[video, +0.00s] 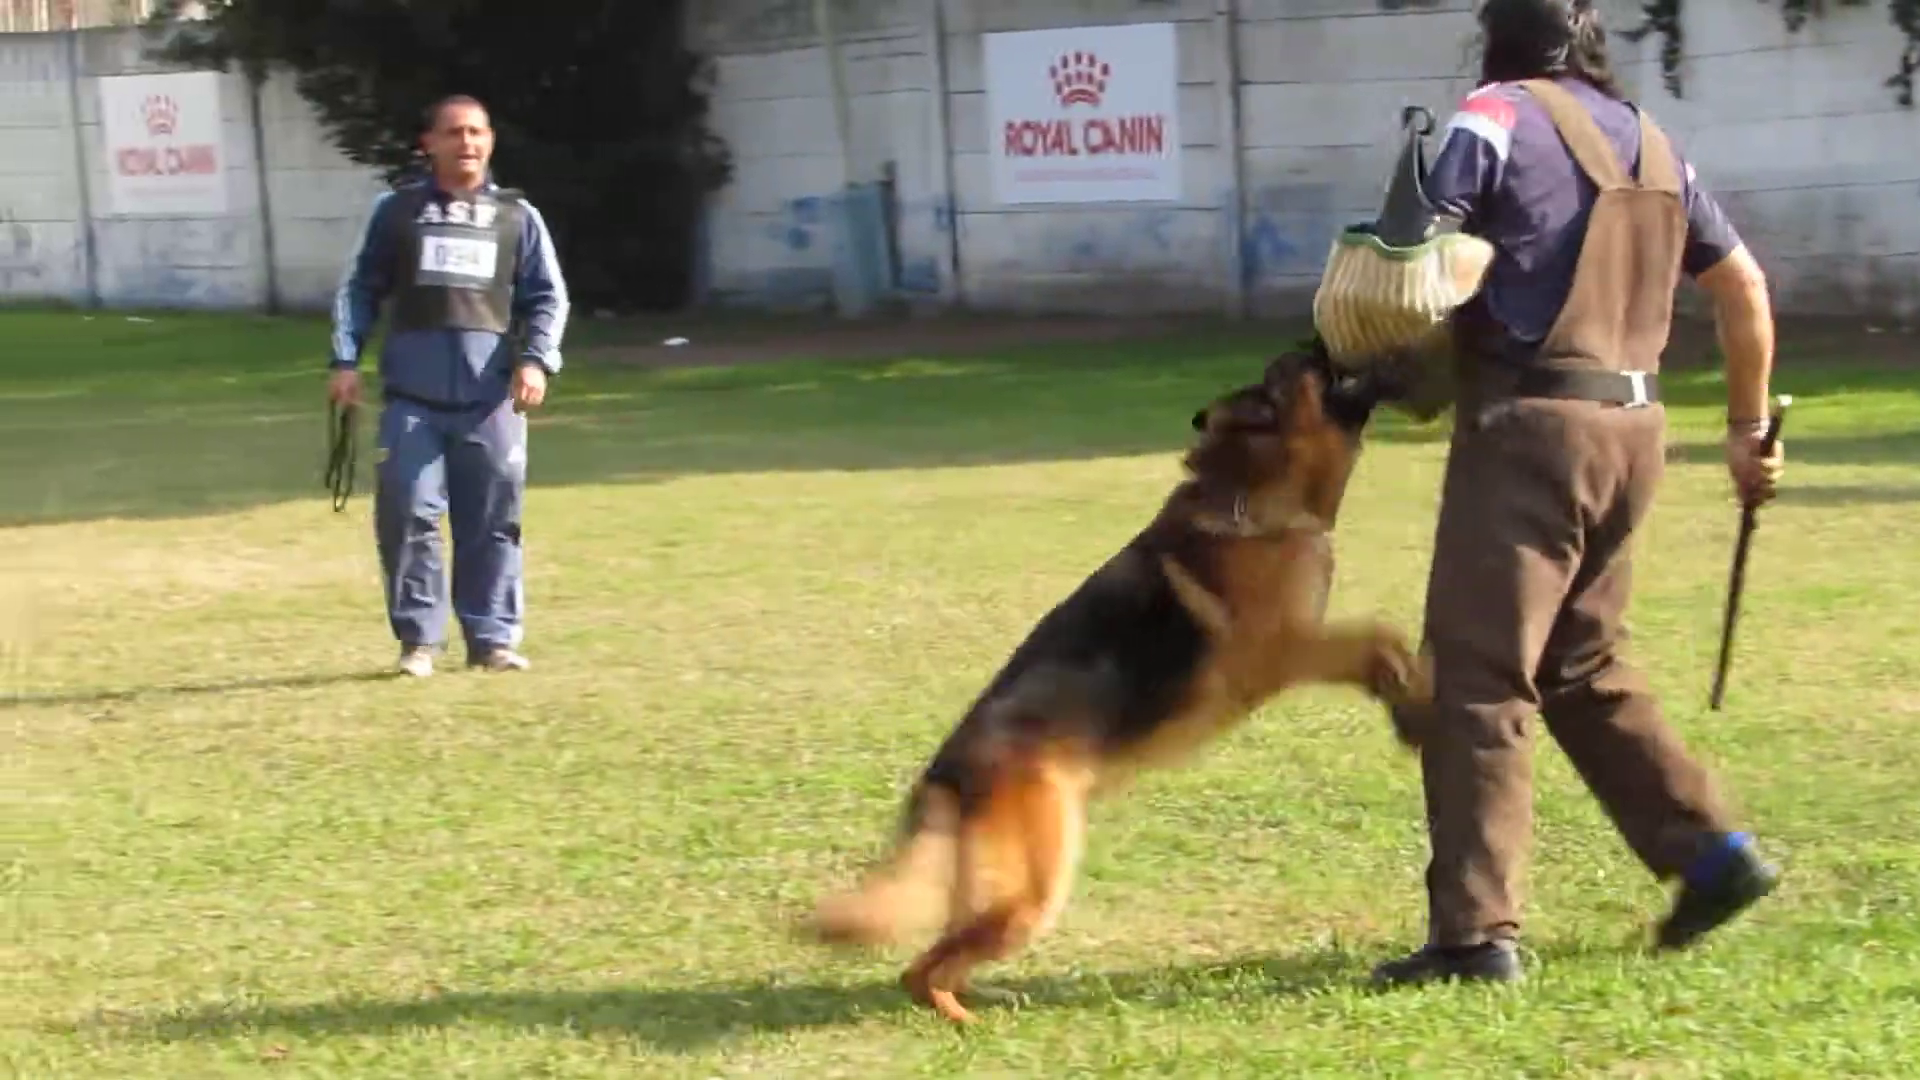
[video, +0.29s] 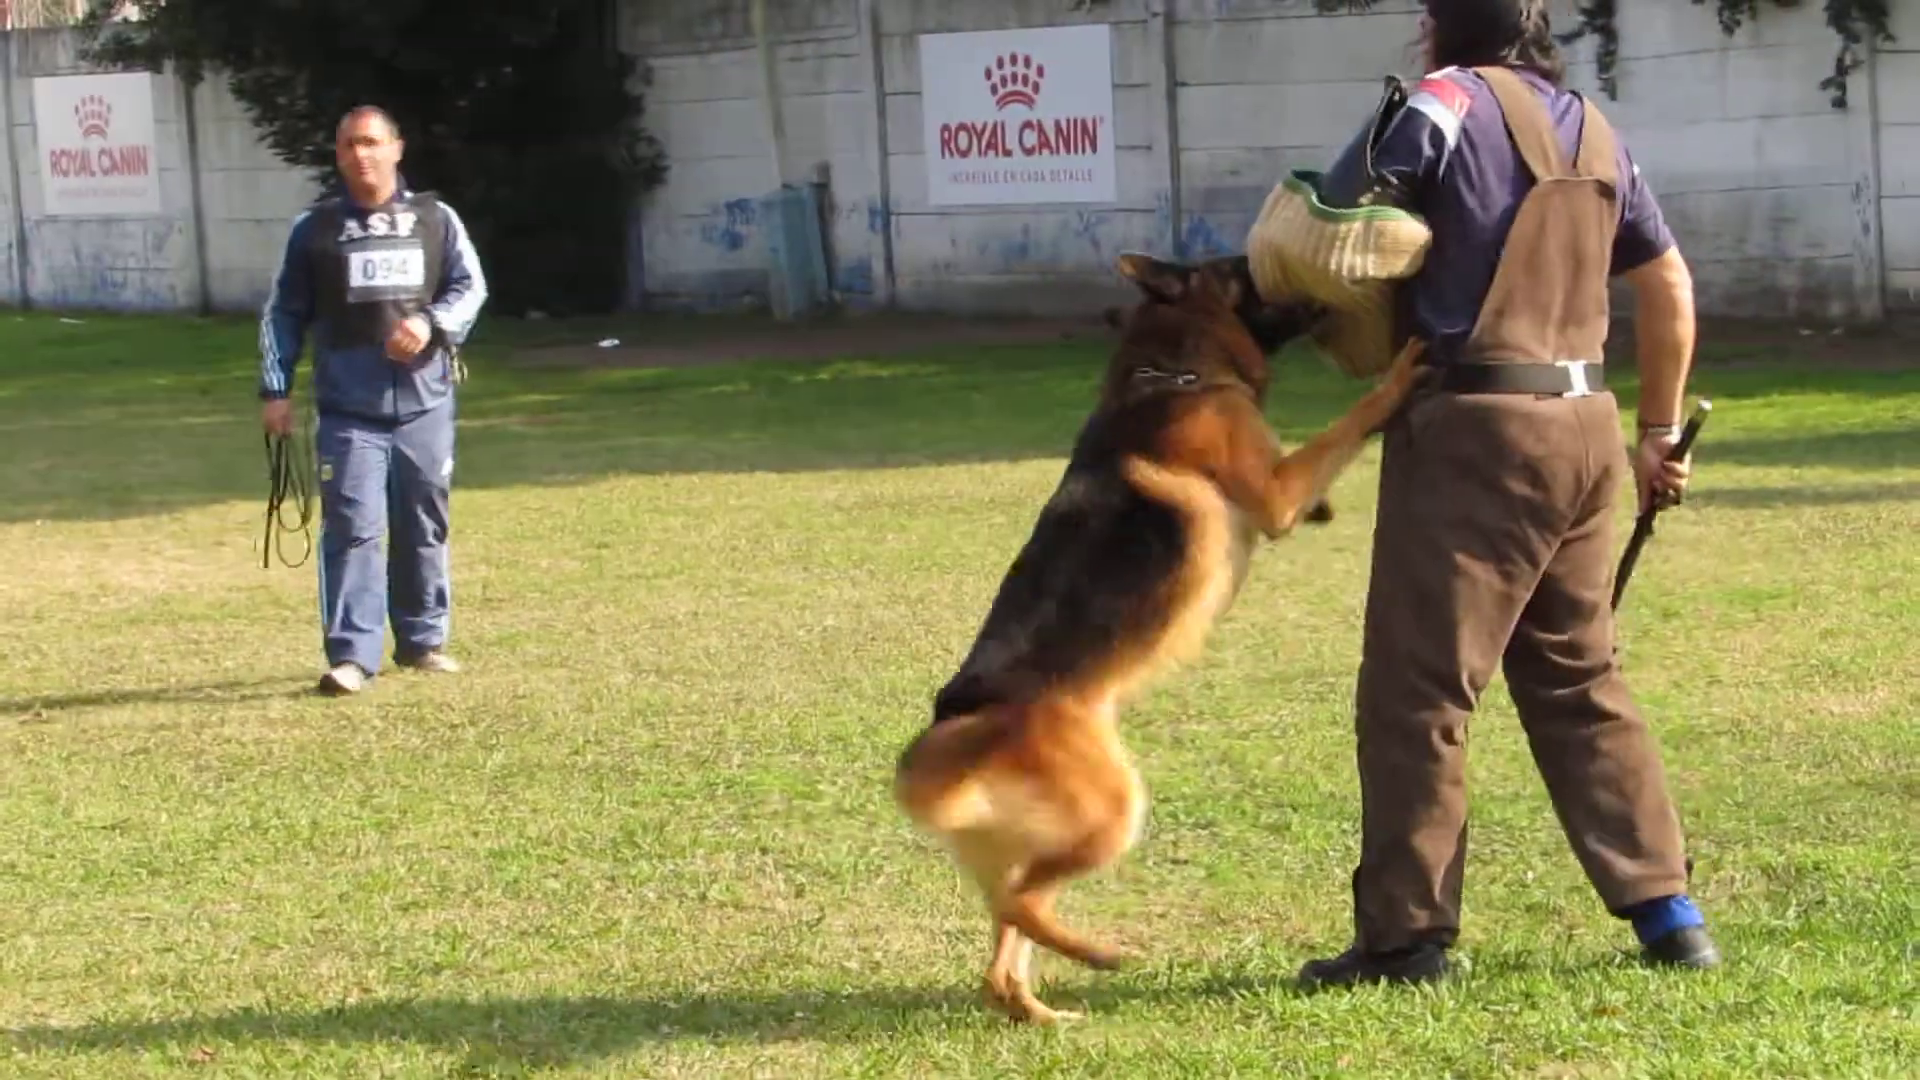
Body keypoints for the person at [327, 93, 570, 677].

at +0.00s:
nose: (468, 141)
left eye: (476, 131)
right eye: (455, 132)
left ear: (491, 142)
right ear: (428, 144)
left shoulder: (517, 216)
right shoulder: (396, 211)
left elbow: (547, 296)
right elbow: (360, 288)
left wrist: (536, 360)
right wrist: (345, 360)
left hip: (491, 398)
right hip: (413, 398)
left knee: (495, 521)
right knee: (408, 514)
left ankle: (493, 640)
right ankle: (417, 641)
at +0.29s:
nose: (362, 153)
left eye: (373, 142)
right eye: (351, 143)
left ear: (397, 150)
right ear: (336, 154)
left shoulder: (435, 220)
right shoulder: (314, 230)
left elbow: (469, 288)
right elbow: (285, 311)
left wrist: (431, 323)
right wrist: (276, 388)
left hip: (425, 402)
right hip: (349, 407)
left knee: (424, 526)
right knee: (354, 527)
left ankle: (424, 642)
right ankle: (350, 655)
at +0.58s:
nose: (281, 162)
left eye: (292, 152)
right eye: (281, 152)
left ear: (332, 156)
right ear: (310, 159)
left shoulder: (401, 216)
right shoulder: (278, 234)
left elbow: (445, 293)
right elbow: (257, 322)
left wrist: (455, 368)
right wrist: (260, 396)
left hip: (405, 400)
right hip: (323, 410)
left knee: (431, 520)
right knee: (335, 537)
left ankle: (425, 626)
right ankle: (351, 663)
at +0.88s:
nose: (279, 186)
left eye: (290, 179)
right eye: (280, 177)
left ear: (330, 186)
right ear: (309, 186)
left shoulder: (391, 246)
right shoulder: (265, 252)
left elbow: (432, 317)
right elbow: (230, 336)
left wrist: (437, 392)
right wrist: (231, 412)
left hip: (370, 419)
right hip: (292, 422)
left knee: (372, 550)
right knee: (297, 548)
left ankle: (371, 681)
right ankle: (317, 665)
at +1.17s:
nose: (168, 172)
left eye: (182, 162)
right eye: (166, 161)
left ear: (221, 169)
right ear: (169, 167)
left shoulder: (273, 240)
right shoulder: (142, 241)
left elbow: (306, 318)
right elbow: (105, 325)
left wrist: (281, 379)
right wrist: (96, 404)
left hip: (246, 433)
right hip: (163, 433)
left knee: (245, 568)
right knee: (159, 564)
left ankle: (244, 693)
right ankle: (162, 701)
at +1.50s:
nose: (124, 209)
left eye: (132, 196)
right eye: (109, 198)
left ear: (146, 201)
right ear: (82, 206)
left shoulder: (191, 263)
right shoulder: (55, 290)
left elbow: (243, 321)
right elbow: (26, 367)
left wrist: (227, 382)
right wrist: (21, 426)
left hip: (182, 470)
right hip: (96, 476)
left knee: (191, 579)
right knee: (76, 586)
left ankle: (187, 692)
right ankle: (84, 727)